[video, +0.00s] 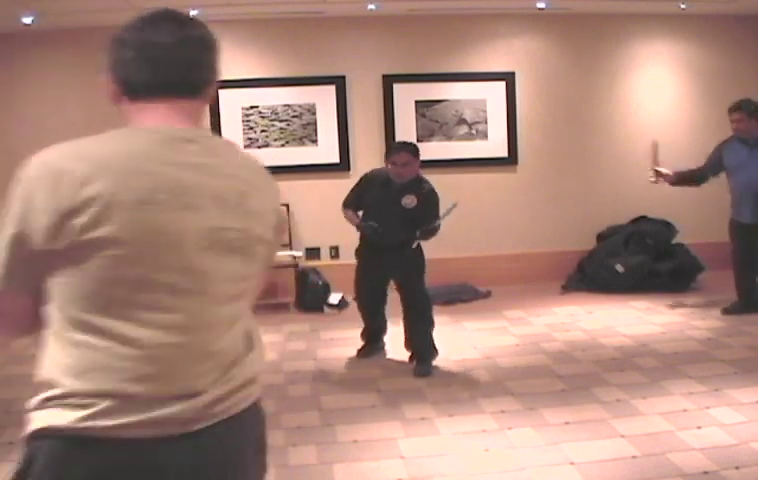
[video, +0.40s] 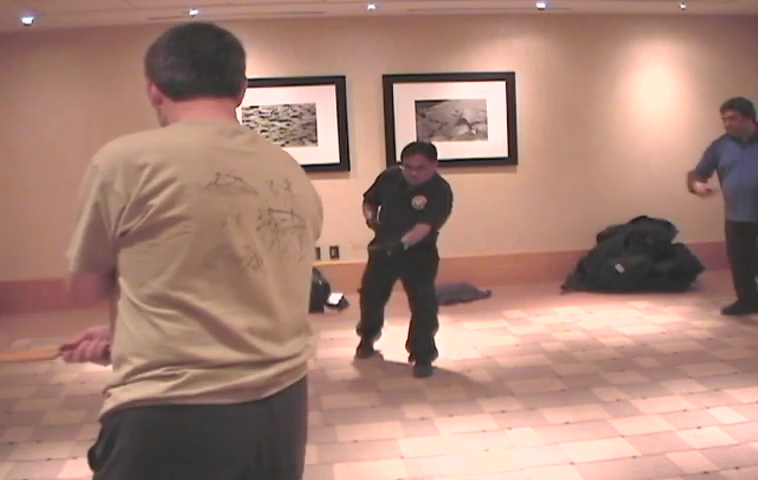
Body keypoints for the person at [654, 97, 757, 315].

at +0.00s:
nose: (735, 126)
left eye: (739, 121)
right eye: (732, 122)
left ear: (753, 120)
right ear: (731, 122)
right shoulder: (728, 148)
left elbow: (703, 173)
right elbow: (703, 173)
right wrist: (673, 177)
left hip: (754, 219)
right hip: (742, 219)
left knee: (748, 261)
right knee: (742, 262)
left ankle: (749, 301)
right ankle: (746, 300)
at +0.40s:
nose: (727, 124)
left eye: (732, 118)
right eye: (725, 119)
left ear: (748, 118)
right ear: (723, 121)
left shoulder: (756, 140)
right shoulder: (721, 146)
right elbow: (697, 174)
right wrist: (697, 185)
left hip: (755, 217)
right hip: (737, 217)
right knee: (739, 260)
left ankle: (750, 299)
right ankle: (746, 299)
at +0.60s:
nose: (735, 120)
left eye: (740, 115)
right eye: (732, 116)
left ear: (754, 116)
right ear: (730, 118)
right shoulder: (726, 146)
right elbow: (715, 177)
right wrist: (721, 200)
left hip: (753, 215)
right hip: (740, 216)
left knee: (751, 259)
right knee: (741, 259)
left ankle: (752, 299)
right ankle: (745, 299)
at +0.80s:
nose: (753, 118)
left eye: (755, 114)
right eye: (751, 114)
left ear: (756, 115)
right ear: (748, 116)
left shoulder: (745, 145)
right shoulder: (743, 145)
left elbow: (726, 173)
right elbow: (727, 173)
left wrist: (722, 202)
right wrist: (721, 202)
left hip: (751, 218)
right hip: (749, 217)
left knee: (748, 259)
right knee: (746, 258)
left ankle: (748, 299)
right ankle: (747, 299)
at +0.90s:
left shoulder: (750, 147)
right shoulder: (751, 147)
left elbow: (736, 172)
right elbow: (736, 172)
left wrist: (723, 200)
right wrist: (723, 199)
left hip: (754, 217)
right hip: (754, 216)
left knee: (750, 257)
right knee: (749, 257)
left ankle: (748, 299)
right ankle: (747, 299)